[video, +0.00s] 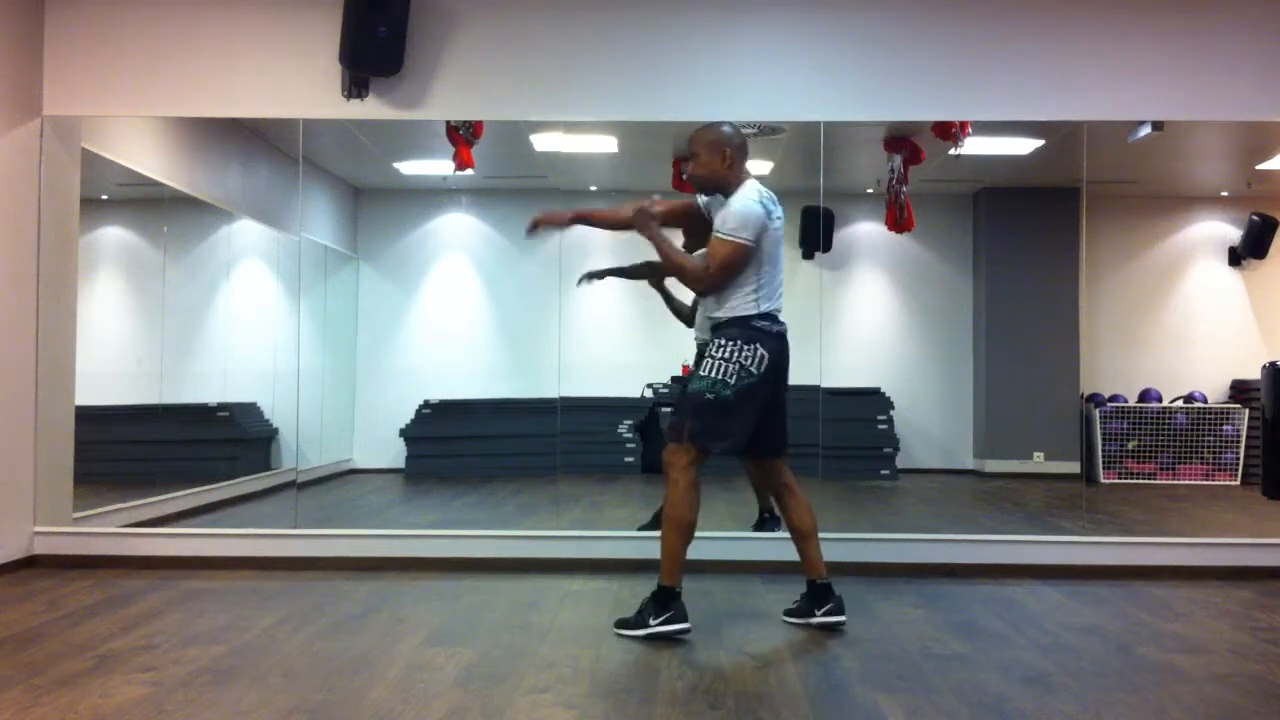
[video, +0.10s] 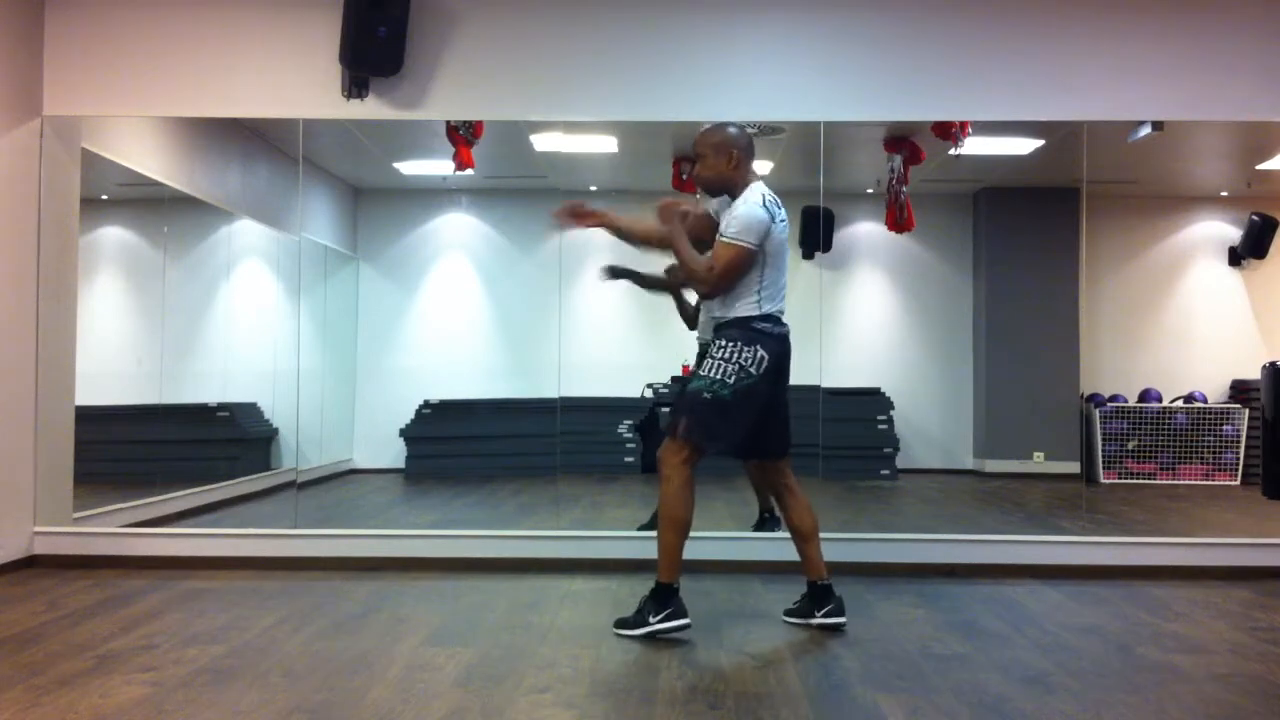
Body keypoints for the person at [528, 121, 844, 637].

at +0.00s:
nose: (688, 170)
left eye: (694, 159)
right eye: (687, 161)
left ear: (726, 158)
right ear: (730, 158)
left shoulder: (746, 205)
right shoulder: (730, 201)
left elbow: (704, 278)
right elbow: (647, 213)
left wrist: (652, 233)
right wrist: (572, 217)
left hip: (738, 344)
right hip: (755, 343)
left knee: (681, 458)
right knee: (773, 469)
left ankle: (666, 599)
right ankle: (821, 592)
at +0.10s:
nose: (694, 171)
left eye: (700, 161)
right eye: (694, 162)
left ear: (732, 160)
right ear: (733, 161)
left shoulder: (753, 205)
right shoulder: (738, 206)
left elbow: (711, 278)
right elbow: (666, 234)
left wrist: (675, 232)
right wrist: (604, 219)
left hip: (740, 344)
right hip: (757, 344)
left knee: (675, 455)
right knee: (774, 473)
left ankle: (665, 597)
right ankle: (821, 592)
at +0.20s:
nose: (694, 169)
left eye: (699, 158)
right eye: (694, 159)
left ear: (730, 156)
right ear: (738, 157)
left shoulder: (742, 200)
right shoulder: (766, 200)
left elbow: (694, 265)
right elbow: (720, 280)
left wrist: (669, 221)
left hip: (736, 342)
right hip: (765, 343)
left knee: (672, 456)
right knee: (780, 471)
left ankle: (666, 596)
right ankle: (821, 592)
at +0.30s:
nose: (692, 166)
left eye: (697, 156)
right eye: (692, 157)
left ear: (725, 153)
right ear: (737, 155)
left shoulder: (724, 197)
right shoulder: (775, 204)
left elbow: (654, 235)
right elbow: (723, 275)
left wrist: (616, 212)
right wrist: (683, 228)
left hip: (726, 345)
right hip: (765, 346)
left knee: (672, 459)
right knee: (777, 470)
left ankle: (667, 599)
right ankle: (818, 590)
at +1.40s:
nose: (653, 190)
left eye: (654, 181)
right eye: (652, 182)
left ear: (674, 175)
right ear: (697, 172)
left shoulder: (688, 214)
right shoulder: (741, 217)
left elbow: (642, 283)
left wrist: (648, 222)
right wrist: (665, 298)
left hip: (708, 359)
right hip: (744, 359)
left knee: (629, 465)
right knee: (753, 481)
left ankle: (619, 604)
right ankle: (810, 595)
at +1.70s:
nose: (649, 187)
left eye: (654, 177)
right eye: (651, 177)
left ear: (679, 178)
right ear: (692, 177)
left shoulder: (691, 217)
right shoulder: (741, 223)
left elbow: (626, 268)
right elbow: (699, 287)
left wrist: (618, 224)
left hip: (702, 364)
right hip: (740, 365)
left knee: (615, 462)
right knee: (753, 485)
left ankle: (611, 600)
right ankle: (816, 594)